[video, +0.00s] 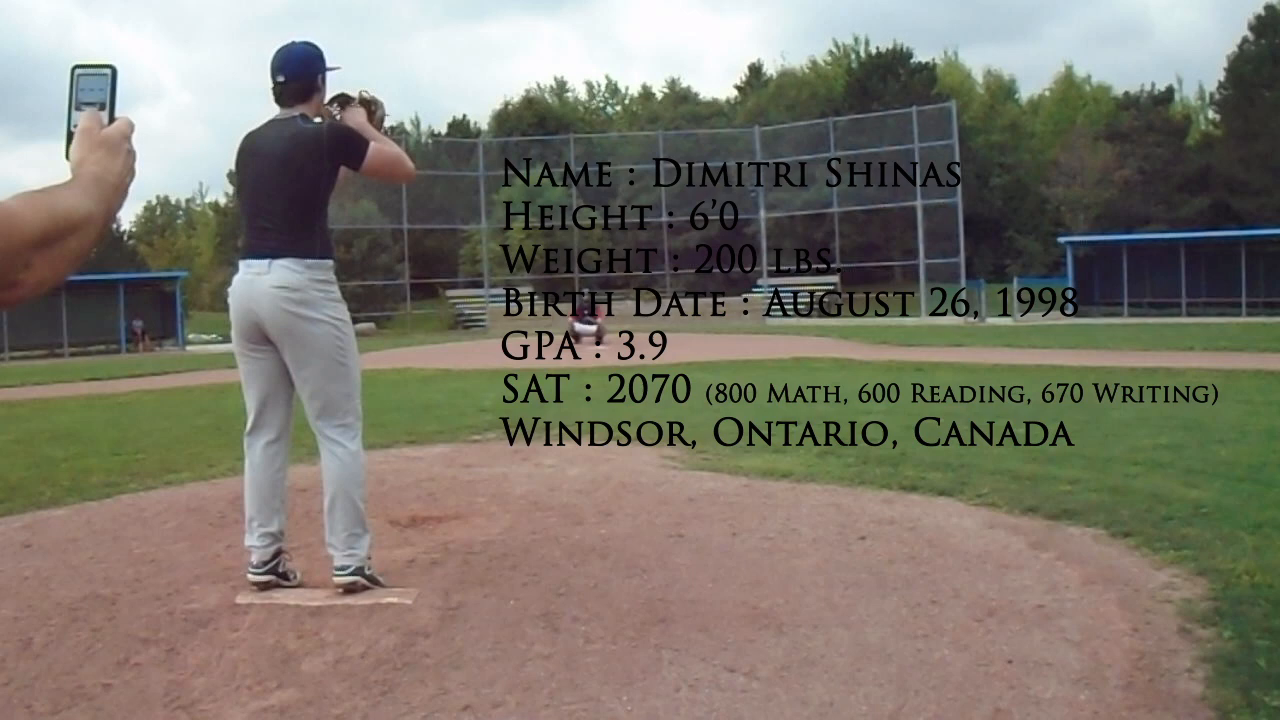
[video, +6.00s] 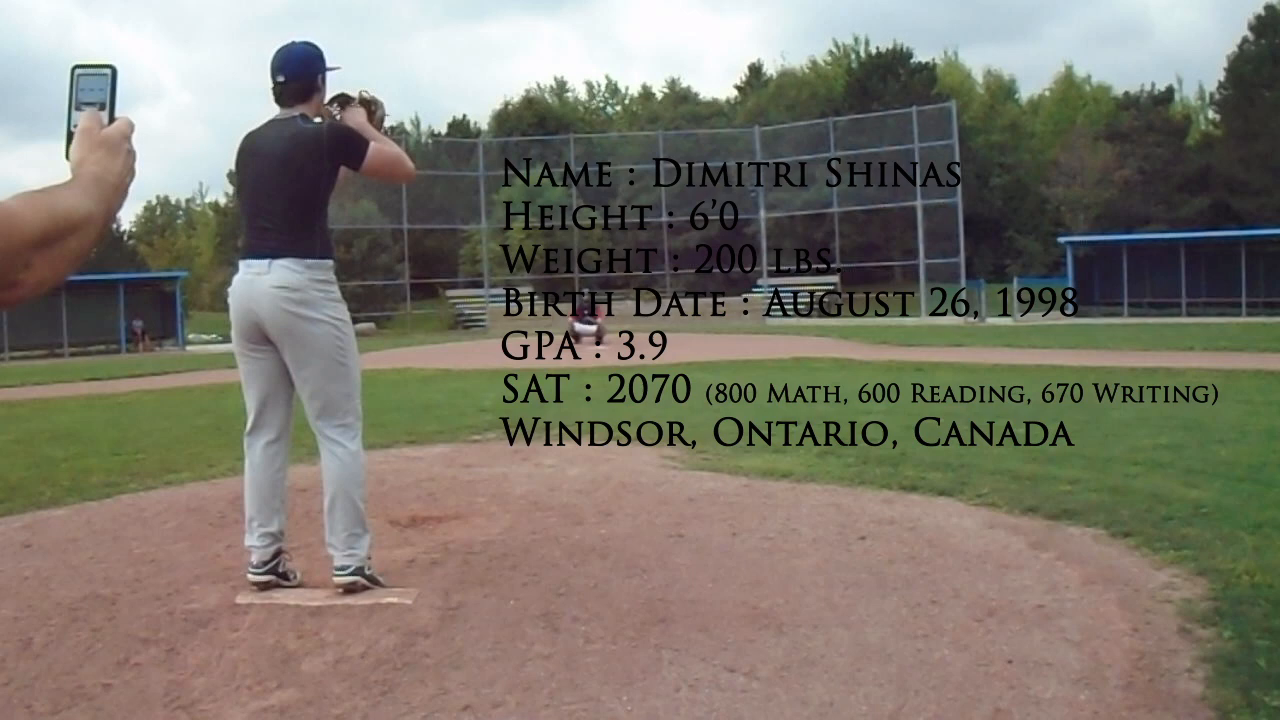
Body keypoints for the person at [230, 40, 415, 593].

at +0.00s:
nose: (327, 88)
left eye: (322, 81)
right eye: (325, 81)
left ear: (275, 88)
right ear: (320, 86)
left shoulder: (250, 143)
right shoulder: (327, 135)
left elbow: (301, 185)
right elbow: (402, 167)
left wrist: (327, 131)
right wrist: (362, 125)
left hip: (246, 288)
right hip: (303, 286)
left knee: (264, 430)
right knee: (338, 429)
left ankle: (263, 558)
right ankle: (350, 561)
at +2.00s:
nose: (327, 88)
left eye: (322, 81)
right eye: (325, 81)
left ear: (275, 88)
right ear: (320, 86)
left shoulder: (250, 143)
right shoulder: (327, 135)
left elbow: (301, 185)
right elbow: (402, 167)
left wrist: (327, 131)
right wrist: (362, 125)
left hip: (246, 288)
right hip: (303, 286)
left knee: (264, 430)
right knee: (338, 429)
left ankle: (263, 558)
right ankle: (350, 561)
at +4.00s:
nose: (327, 88)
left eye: (322, 81)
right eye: (325, 81)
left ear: (275, 88)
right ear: (320, 86)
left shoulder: (250, 143)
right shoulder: (327, 135)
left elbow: (301, 185)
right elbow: (402, 167)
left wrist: (327, 131)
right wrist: (362, 125)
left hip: (246, 288)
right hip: (303, 286)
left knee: (264, 430)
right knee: (338, 429)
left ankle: (263, 558)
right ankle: (350, 561)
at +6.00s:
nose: (327, 88)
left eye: (322, 81)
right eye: (325, 81)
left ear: (275, 88)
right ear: (320, 86)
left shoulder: (250, 143)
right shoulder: (327, 135)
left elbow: (301, 185)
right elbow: (402, 167)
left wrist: (327, 131)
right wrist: (362, 125)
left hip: (246, 288)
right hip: (303, 286)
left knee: (264, 430)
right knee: (338, 429)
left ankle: (263, 558)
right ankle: (350, 561)